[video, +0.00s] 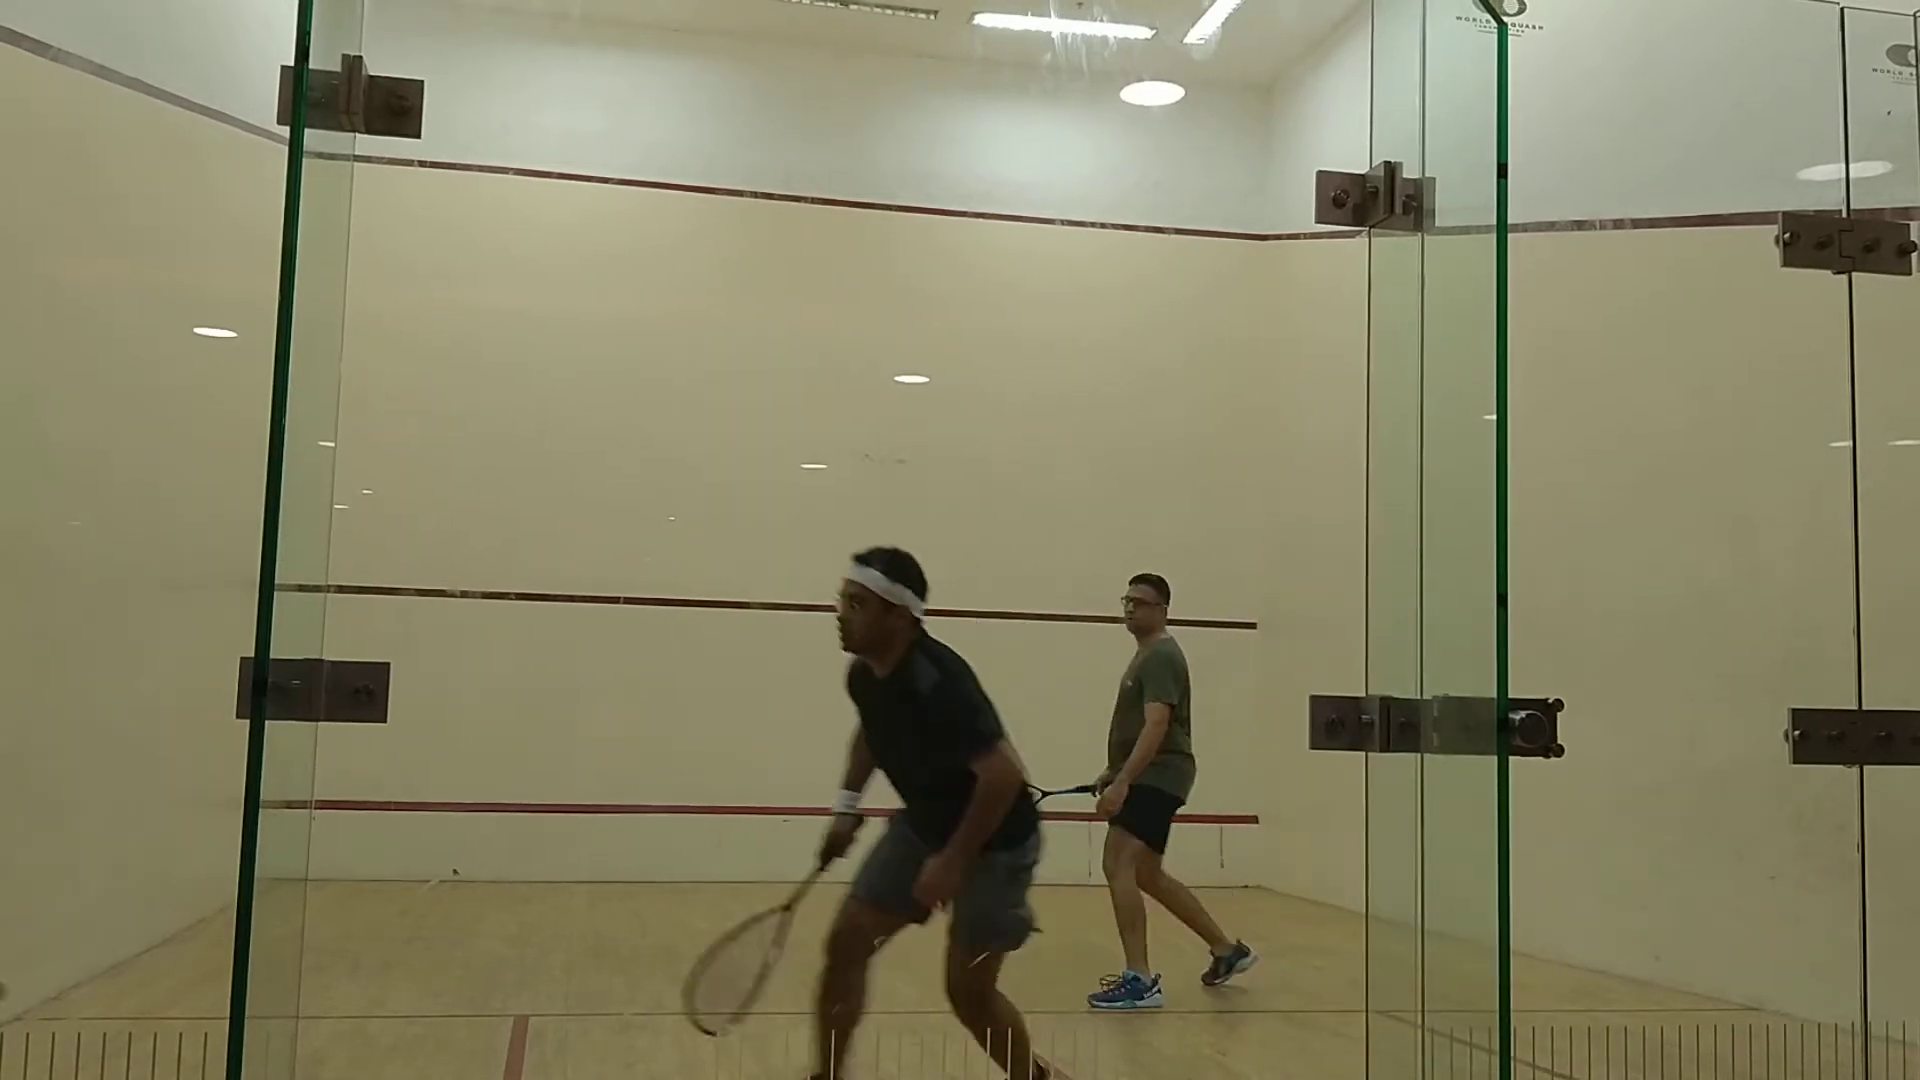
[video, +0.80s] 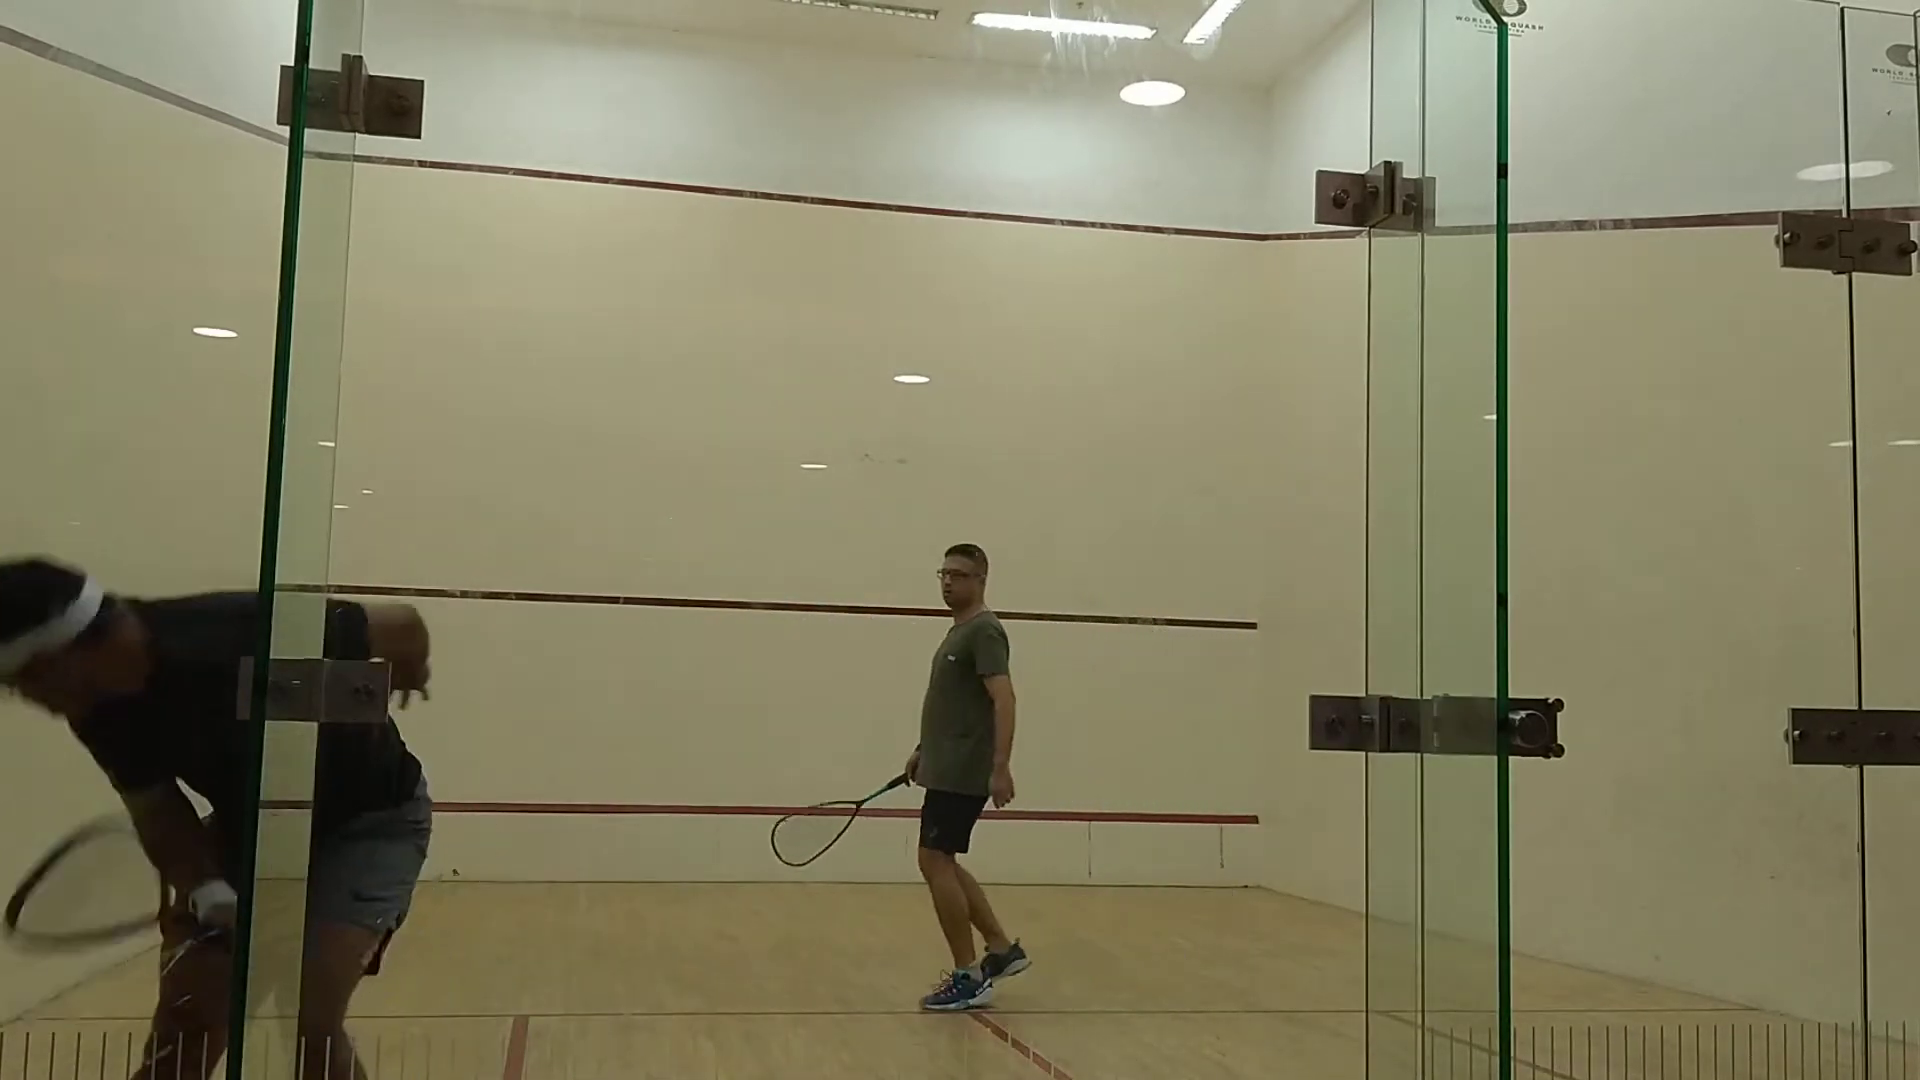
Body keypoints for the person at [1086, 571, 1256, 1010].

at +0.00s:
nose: (1130, 609)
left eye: (1141, 603)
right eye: (1128, 602)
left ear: (1162, 610)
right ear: (1126, 608)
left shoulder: (1161, 656)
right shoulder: (1148, 654)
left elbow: (1156, 728)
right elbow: (1141, 727)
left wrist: (1121, 783)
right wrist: (1113, 773)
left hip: (1153, 778)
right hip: (1154, 779)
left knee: (1118, 866)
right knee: (1148, 875)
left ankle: (1139, 979)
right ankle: (1226, 949)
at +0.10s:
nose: (1114, 597)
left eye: (1125, 591)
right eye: (1111, 589)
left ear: (1145, 598)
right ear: (1108, 593)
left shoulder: (1147, 645)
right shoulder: (1120, 642)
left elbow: (1133, 715)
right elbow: (1116, 715)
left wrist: (1101, 771)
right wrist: (1099, 772)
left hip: (1139, 773)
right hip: (1121, 772)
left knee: (1118, 865)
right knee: (1101, 863)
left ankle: (1138, 977)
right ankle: (1178, 942)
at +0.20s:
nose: (1096, 585)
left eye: (1106, 580)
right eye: (1092, 578)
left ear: (1126, 586)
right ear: (1087, 582)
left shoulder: (1130, 635)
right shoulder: (1096, 633)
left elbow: (1122, 703)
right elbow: (1091, 702)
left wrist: (1086, 758)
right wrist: (1074, 753)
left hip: (1126, 772)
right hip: (1097, 769)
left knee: (1126, 863)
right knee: (1069, 853)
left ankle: (1141, 975)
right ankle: (1110, 957)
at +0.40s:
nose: (1050, 586)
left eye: (1061, 580)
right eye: (1046, 580)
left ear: (1082, 586)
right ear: (1041, 585)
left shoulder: (1084, 635)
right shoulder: (1053, 636)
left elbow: (1089, 704)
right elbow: (1045, 708)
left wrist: (1061, 760)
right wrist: (1021, 758)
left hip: (1073, 776)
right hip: (1043, 773)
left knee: (1053, 866)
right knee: (1022, 856)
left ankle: (1124, 960)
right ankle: (1043, 969)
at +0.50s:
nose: (1027, 587)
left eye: (1037, 580)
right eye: (1022, 579)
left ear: (1057, 586)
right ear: (1016, 584)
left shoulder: (1063, 634)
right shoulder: (1027, 637)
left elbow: (1072, 706)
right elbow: (1016, 709)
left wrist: (1054, 765)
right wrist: (993, 761)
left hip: (1039, 771)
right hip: (1019, 770)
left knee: (996, 856)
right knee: (1018, 865)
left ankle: (1065, 942)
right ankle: (1043, 969)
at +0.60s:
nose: (1001, 584)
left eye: (1011, 578)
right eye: (996, 577)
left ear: (1031, 585)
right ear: (991, 583)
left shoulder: (1039, 633)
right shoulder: (998, 635)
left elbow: (1054, 701)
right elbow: (987, 707)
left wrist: (1045, 767)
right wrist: (965, 761)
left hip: (1010, 770)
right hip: (993, 768)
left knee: (961, 854)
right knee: (1003, 865)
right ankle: (1043, 970)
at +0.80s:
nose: (949, 581)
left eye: (960, 575)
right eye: (945, 574)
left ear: (981, 581)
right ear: (941, 579)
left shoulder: (985, 631)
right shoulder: (960, 630)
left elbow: (1003, 697)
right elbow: (952, 704)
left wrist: (1002, 766)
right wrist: (924, 751)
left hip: (963, 773)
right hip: (947, 770)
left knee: (934, 860)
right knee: (942, 861)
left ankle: (967, 976)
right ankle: (1001, 949)